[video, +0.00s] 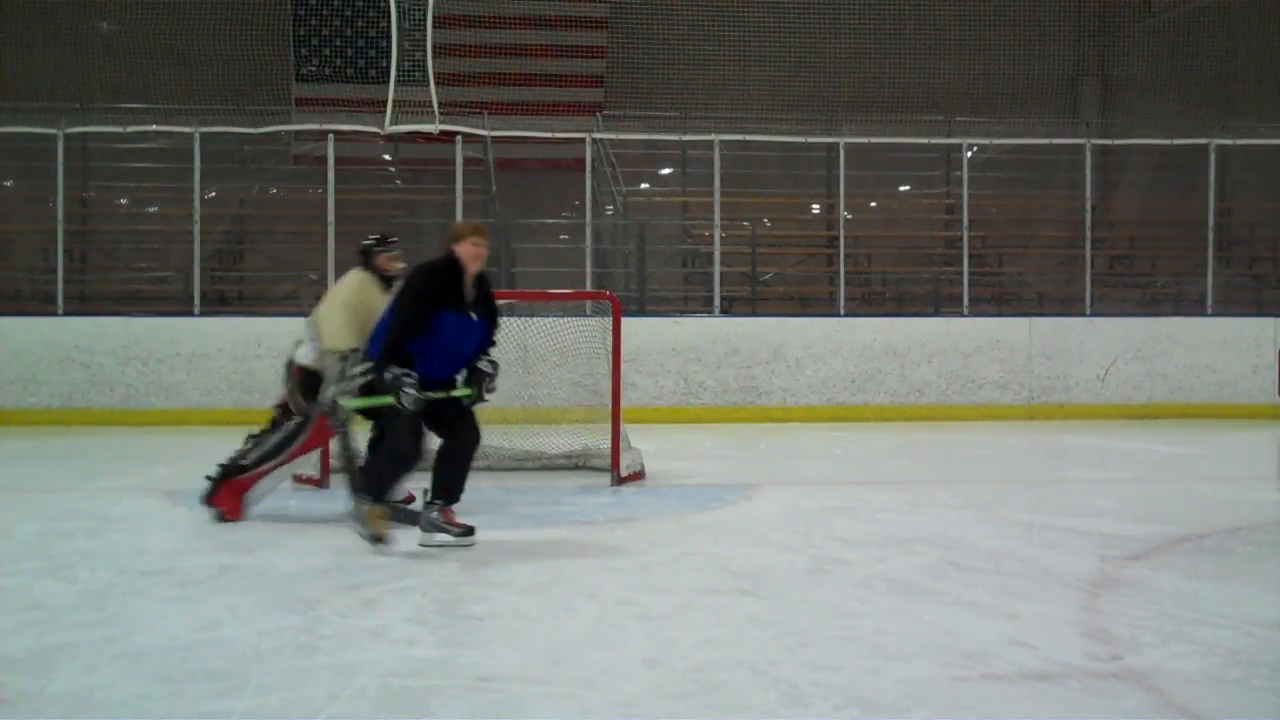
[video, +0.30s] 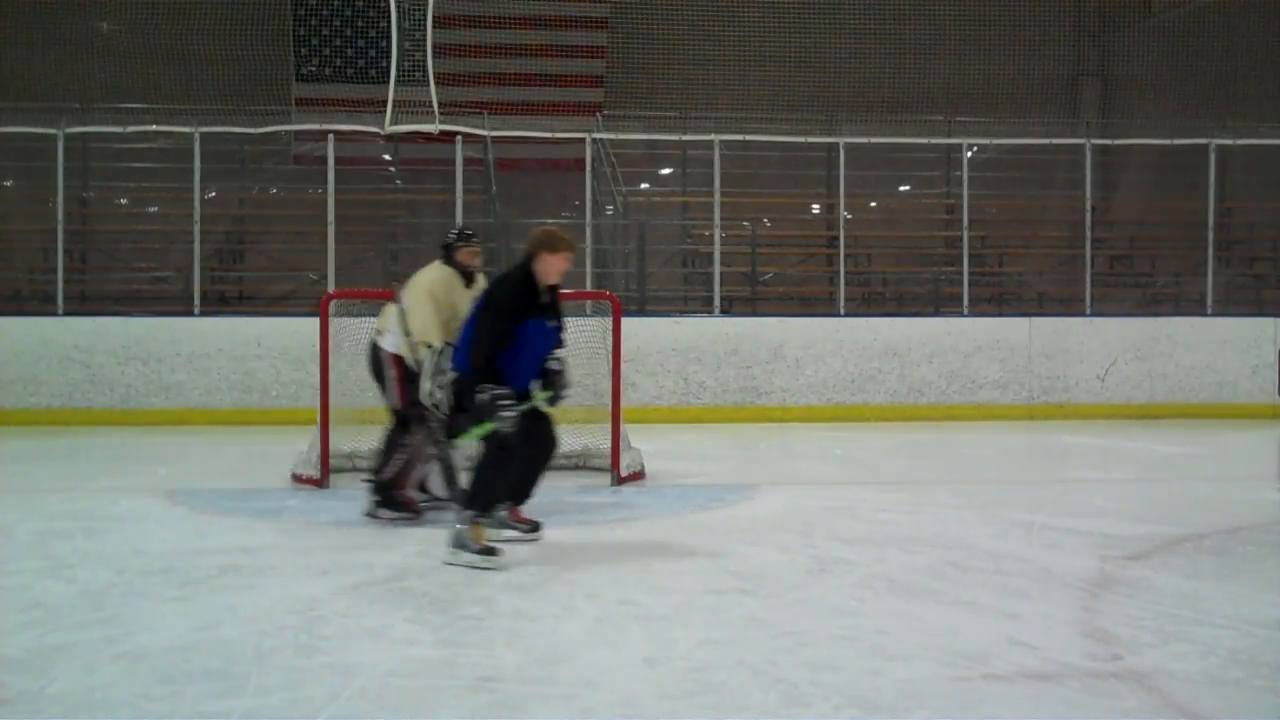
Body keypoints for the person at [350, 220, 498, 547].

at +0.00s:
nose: (480, 252)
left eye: (484, 246)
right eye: (473, 245)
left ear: (487, 252)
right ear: (455, 246)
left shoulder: (482, 288)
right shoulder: (428, 277)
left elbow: (485, 336)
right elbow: (399, 326)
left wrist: (481, 367)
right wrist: (399, 375)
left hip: (438, 380)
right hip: (395, 376)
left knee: (465, 434)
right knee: (405, 444)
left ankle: (439, 508)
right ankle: (367, 498)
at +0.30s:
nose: (563, 270)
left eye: (566, 263)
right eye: (559, 262)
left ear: (563, 264)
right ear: (538, 257)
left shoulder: (548, 296)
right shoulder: (507, 289)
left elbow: (549, 344)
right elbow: (482, 345)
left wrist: (552, 372)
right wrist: (489, 391)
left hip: (516, 388)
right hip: (481, 387)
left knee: (541, 439)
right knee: (506, 443)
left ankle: (506, 507)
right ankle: (470, 522)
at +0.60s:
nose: (657, 261)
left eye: (658, 254)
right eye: (651, 254)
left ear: (650, 258)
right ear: (631, 255)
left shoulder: (634, 289)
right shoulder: (617, 287)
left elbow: (626, 346)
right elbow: (603, 342)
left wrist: (643, 375)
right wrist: (617, 383)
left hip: (599, 375)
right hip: (581, 374)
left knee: (621, 440)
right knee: (620, 441)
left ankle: (609, 509)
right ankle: (611, 519)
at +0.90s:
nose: (757, 277)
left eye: (757, 270)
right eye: (751, 270)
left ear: (741, 273)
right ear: (732, 272)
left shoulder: (733, 304)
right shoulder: (714, 302)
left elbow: (723, 362)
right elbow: (702, 363)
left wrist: (727, 403)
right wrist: (720, 411)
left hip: (686, 377)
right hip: (661, 377)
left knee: (720, 440)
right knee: (708, 445)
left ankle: (715, 511)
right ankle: (708, 520)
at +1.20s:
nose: (819, 285)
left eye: (822, 279)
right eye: (811, 279)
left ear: (824, 282)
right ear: (792, 281)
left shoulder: (802, 312)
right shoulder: (775, 310)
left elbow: (793, 368)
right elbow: (772, 380)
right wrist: (801, 425)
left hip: (761, 380)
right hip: (728, 380)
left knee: (799, 441)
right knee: (774, 450)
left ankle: (809, 508)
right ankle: (747, 525)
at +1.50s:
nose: (818, 265)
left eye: (823, 258)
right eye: (810, 260)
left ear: (832, 260)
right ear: (798, 264)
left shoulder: (845, 289)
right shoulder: (783, 299)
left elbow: (858, 325)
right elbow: (776, 362)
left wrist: (856, 356)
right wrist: (793, 408)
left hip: (812, 380)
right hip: (765, 382)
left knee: (845, 436)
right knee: (773, 444)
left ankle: (851, 509)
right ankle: (760, 522)